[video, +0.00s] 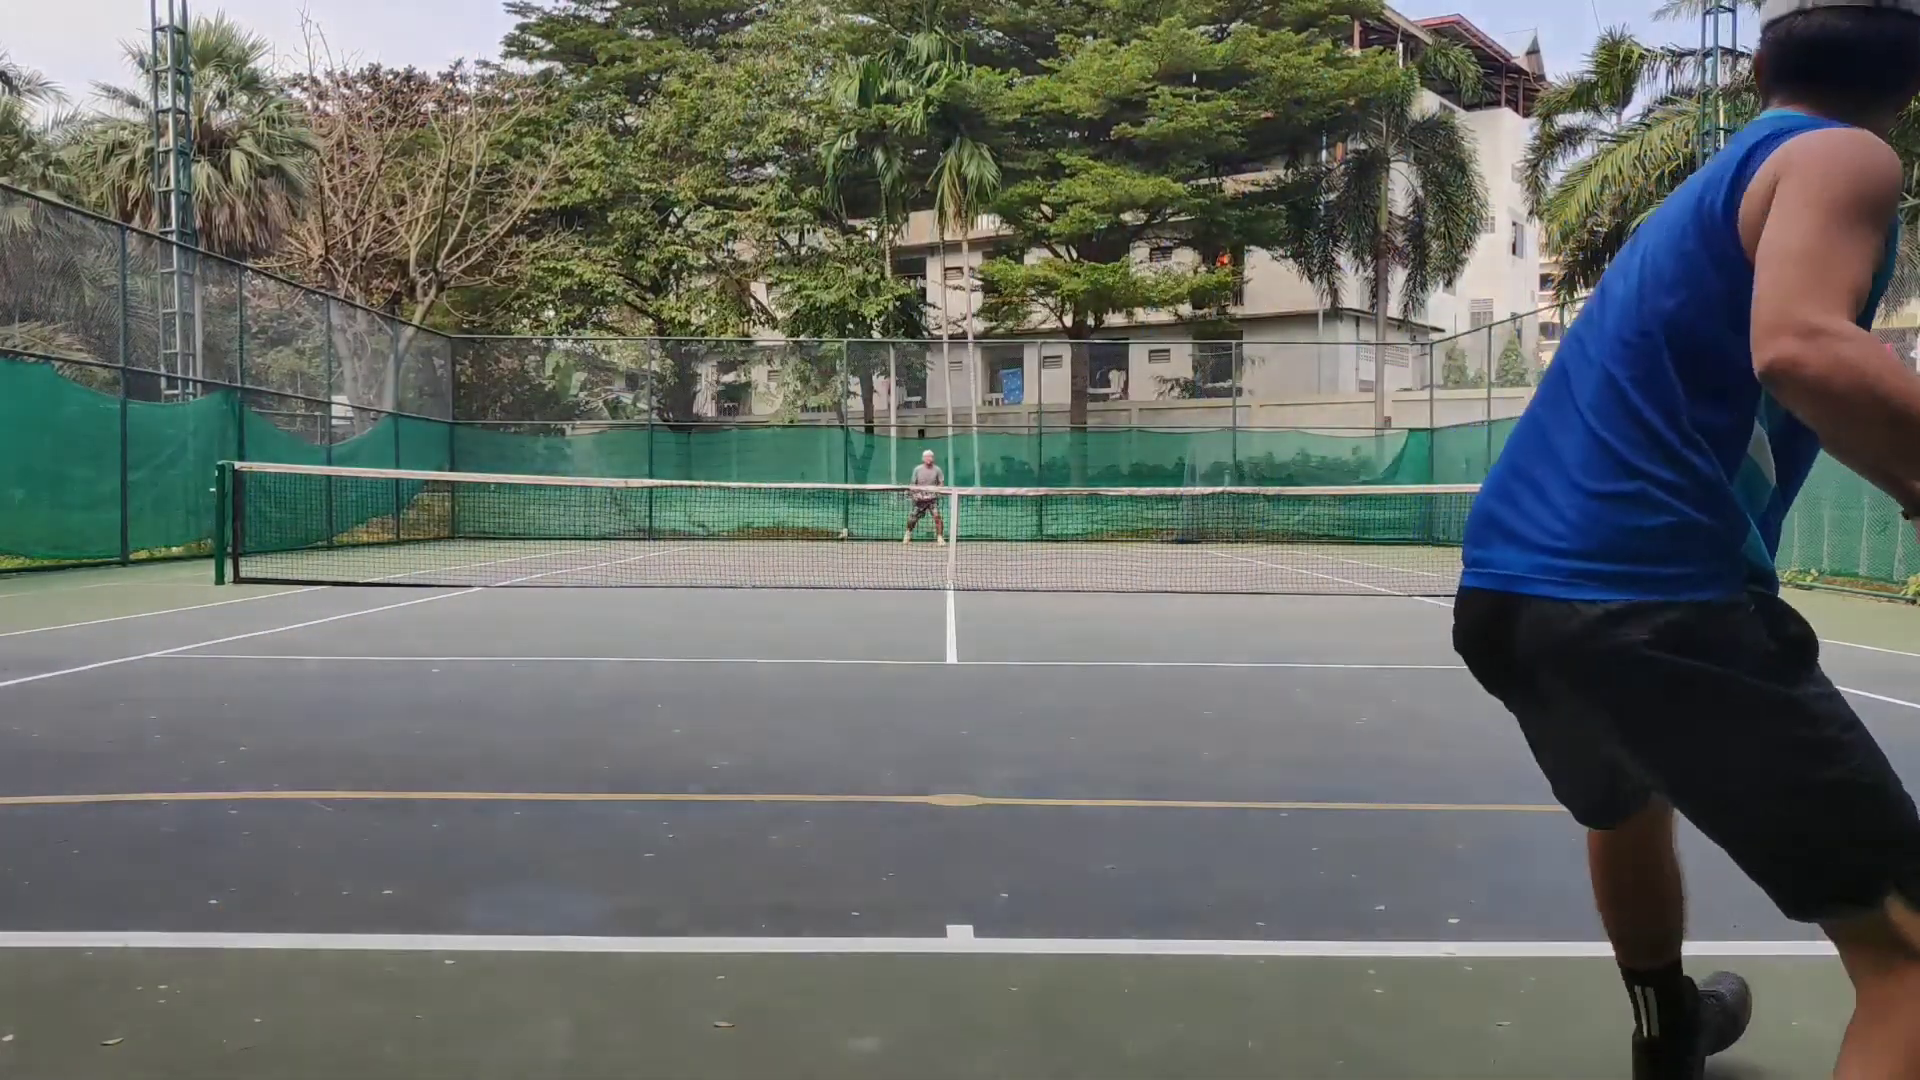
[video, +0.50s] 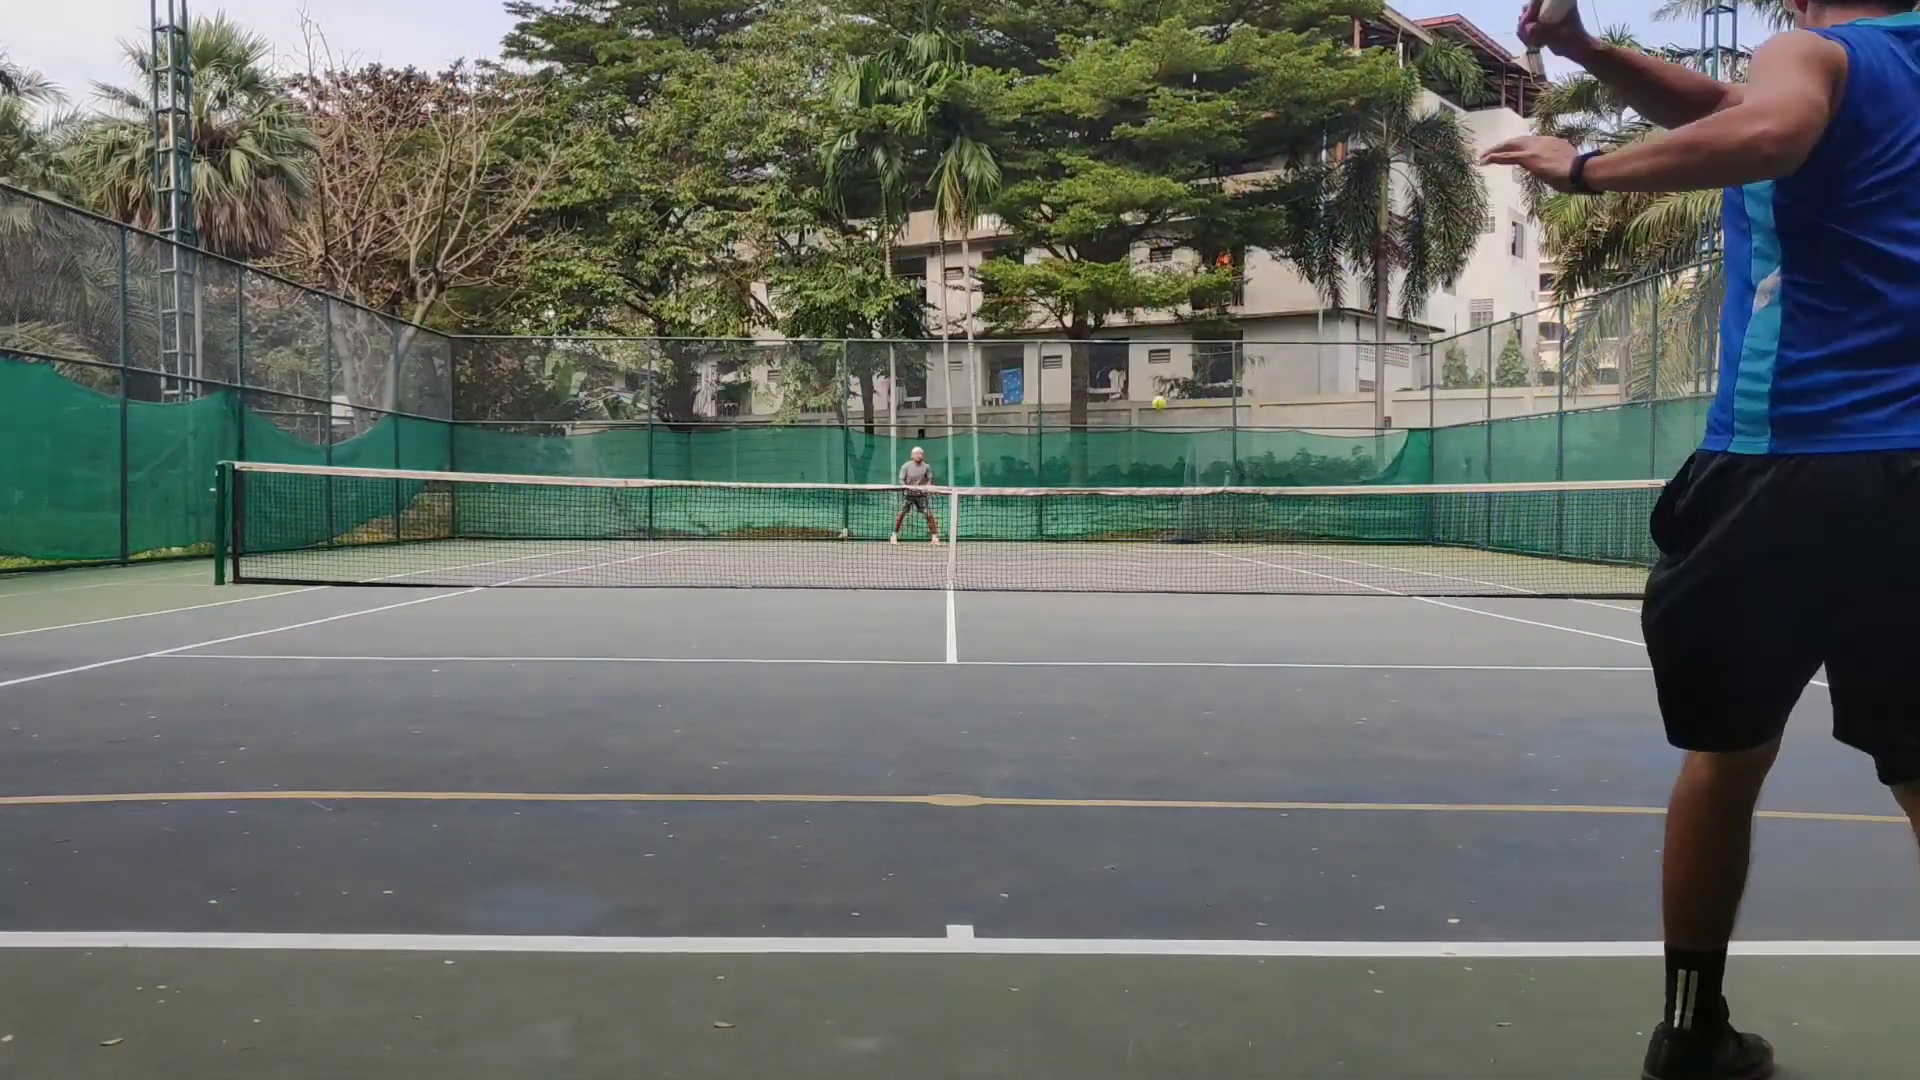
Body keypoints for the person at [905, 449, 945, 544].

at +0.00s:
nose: (929, 459)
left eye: (930, 456)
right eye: (927, 457)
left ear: (933, 458)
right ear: (923, 458)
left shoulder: (937, 470)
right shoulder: (917, 469)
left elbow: (941, 484)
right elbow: (913, 484)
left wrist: (934, 491)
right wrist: (916, 493)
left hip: (932, 497)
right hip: (920, 496)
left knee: (936, 516)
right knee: (913, 517)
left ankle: (940, 536)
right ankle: (908, 533)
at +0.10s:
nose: (928, 459)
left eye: (929, 457)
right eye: (926, 457)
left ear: (932, 458)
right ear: (923, 459)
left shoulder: (937, 470)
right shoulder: (917, 469)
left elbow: (941, 484)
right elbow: (912, 484)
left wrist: (934, 491)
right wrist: (918, 493)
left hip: (931, 496)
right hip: (919, 496)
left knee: (937, 515)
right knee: (914, 516)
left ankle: (939, 536)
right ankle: (906, 533)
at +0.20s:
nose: (926, 459)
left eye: (927, 457)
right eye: (924, 457)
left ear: (930, 458)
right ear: (920, 459)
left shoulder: (934, 470)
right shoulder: (914, 470)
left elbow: (939, 483)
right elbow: (910, 485)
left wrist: (934, 490)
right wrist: (918, 491)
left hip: (930, 496)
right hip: (919, 495)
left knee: (936, 516)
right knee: (911, 516)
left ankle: (939, 536)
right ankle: (903, 535)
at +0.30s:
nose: (923, 458)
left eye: (925, 456)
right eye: (921, 456)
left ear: (927, 457)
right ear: (917, 457)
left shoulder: (930, 468)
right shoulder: (911, 468)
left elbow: (934, 481)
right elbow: (907, 483)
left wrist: (931, 489)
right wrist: (916, 490)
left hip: (926, 495)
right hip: (915, 495)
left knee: (933, 515)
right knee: (910, 515)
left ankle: (939, 536)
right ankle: (899, 535)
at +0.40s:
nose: (921, 456)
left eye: (923, 454)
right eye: (919, 454)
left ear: (925, 455)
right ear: (915, 455)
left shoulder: (928, 466)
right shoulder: (908, 466)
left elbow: (931, 478)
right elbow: (904, 480)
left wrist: (928, 487)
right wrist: (910, 487)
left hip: (924, 493)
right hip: (912, 492)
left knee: (931, 514)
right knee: (906, 514)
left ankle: (937, 536)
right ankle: (898, 535)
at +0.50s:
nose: (919, 456)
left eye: (920, 454)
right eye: (917, 454)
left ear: (922, 456)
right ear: (912, 455)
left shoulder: (926, 467)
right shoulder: (906, 466)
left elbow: (929, 478)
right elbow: (901, 480)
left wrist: (926, 487)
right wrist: (909, 487)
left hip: (921, 493)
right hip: (910, 493)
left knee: (928, 514)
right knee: (903, 512)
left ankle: (934, 535)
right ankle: (895, 534)